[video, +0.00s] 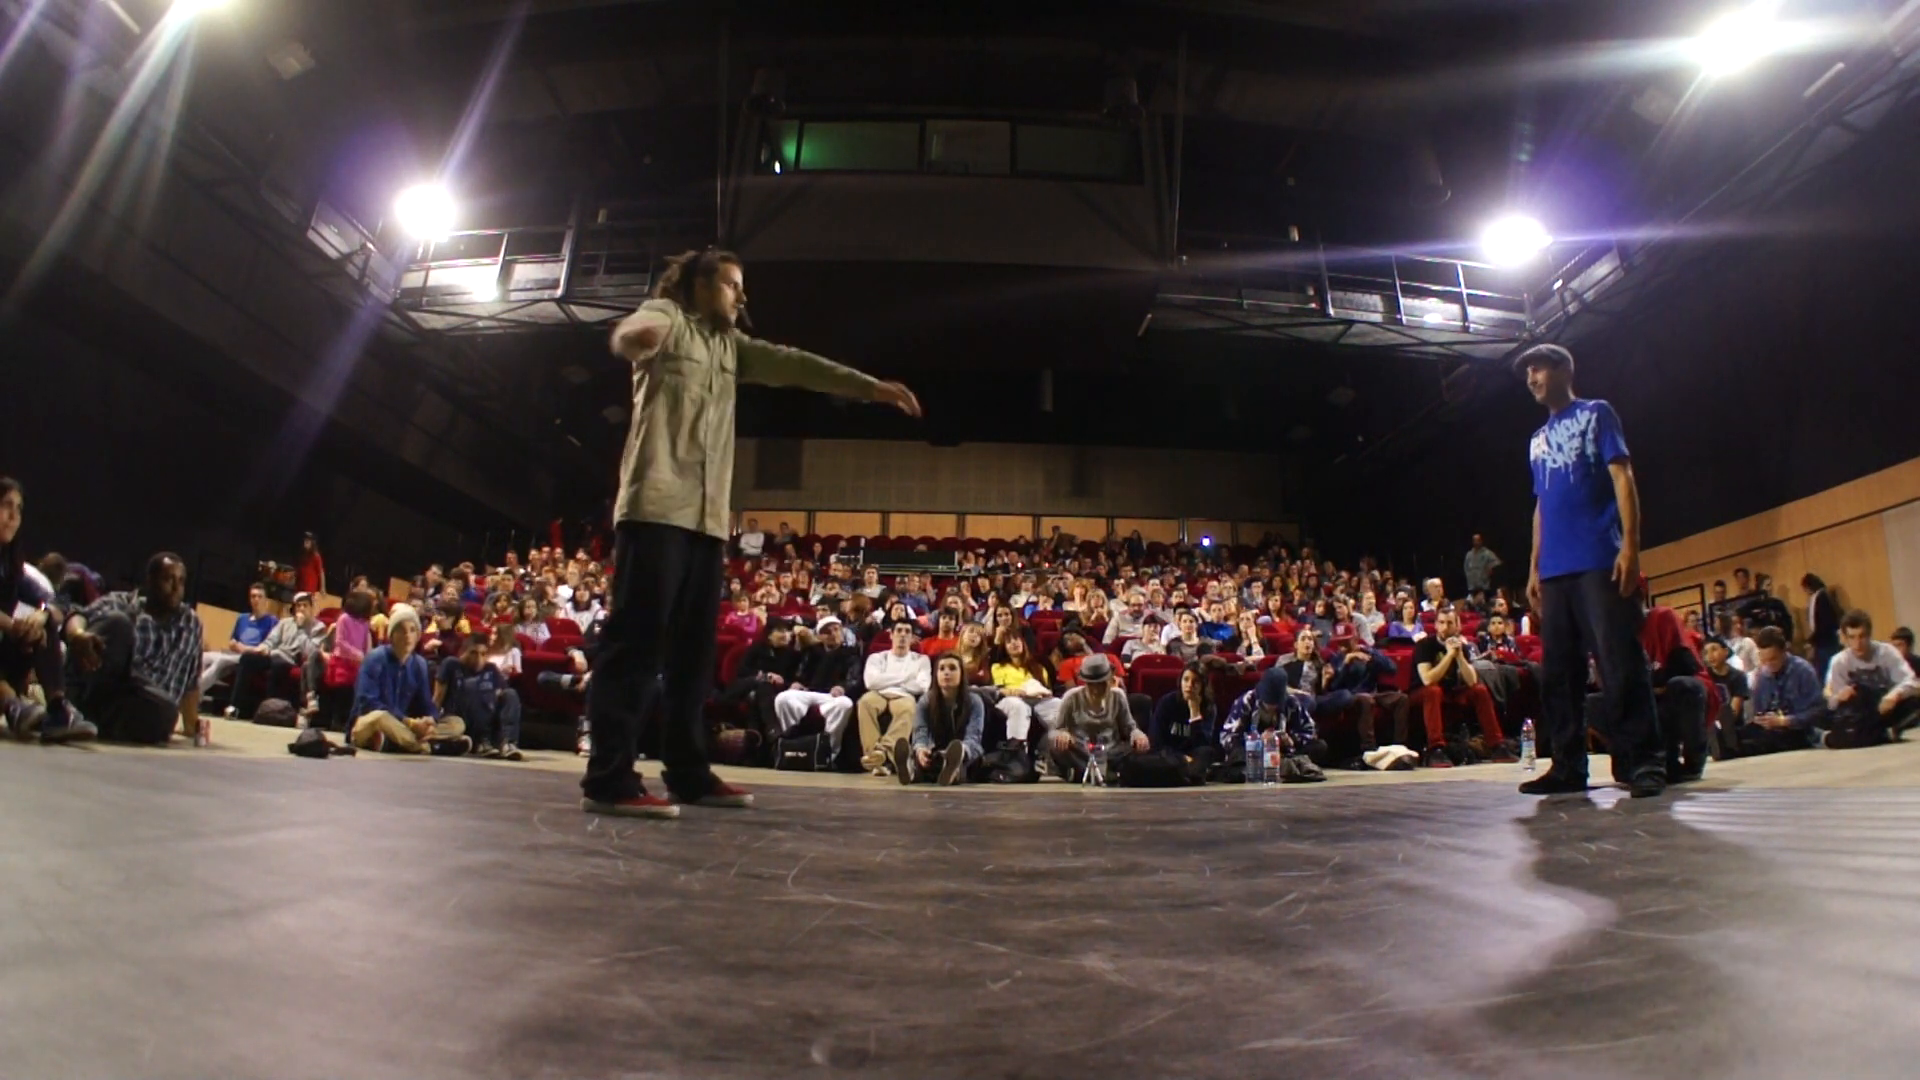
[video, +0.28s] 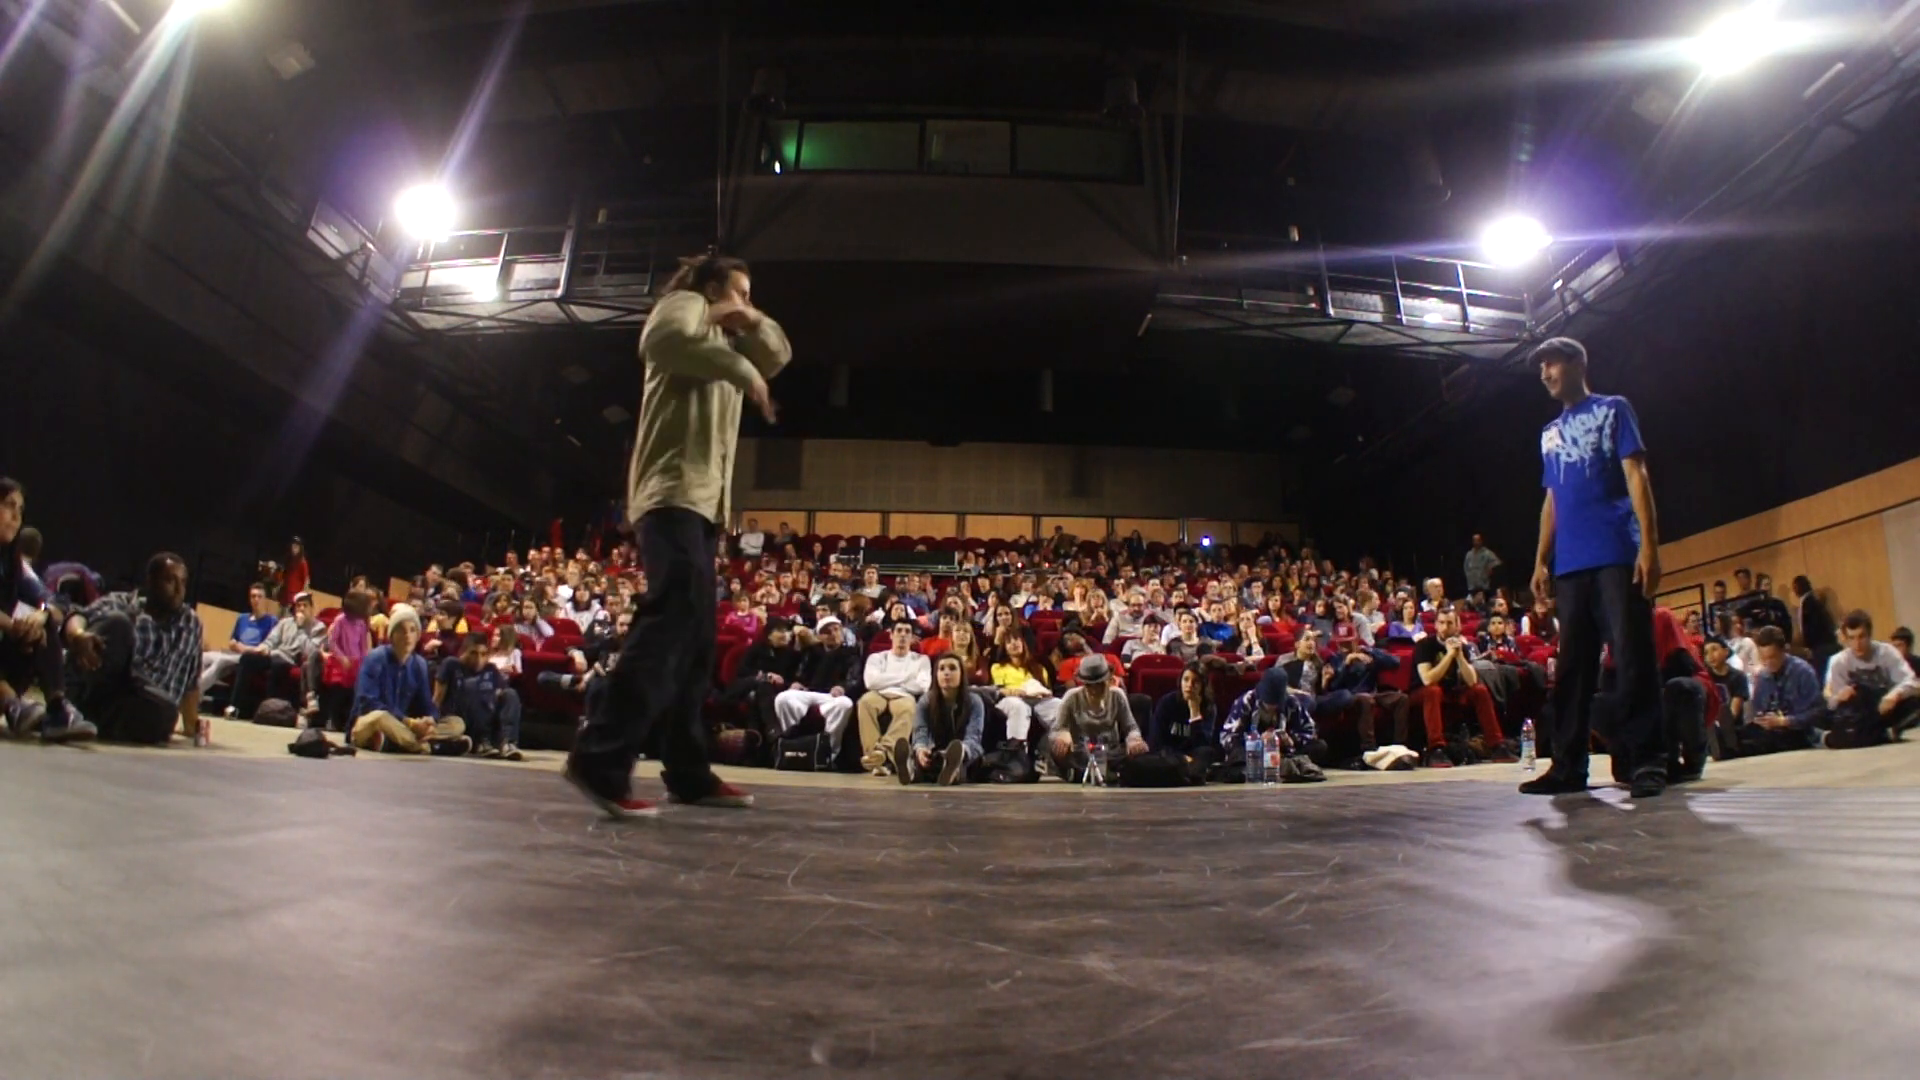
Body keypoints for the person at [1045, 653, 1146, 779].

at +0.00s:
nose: (1096, 689)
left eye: (1101, 684)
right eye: (1091, 684)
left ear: (1109, 680)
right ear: (1085, 682)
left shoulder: (1118, 696)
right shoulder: (1071, 697)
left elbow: (1129, 727)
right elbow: (1056, 729)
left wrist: (1137, 734)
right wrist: (1061, 733)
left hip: (1111, 750)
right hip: (1080, 750)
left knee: (1137, 747)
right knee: (1056, 743)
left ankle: (1082, 772)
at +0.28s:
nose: (1095, 690)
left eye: (1099, 684)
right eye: (1089, 685)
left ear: (1107, 680)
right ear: (1083, 683)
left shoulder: (1118, 696)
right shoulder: (1071, 697)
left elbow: (1131, 727)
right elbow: (1056, 730)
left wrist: (1134, 740)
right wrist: (1062, 735)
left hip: (1112, 753)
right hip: (1080, 754)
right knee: (1058, 750)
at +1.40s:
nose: (1094, 691)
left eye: (1099, 686)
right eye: (1089, 687)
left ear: (1108, 681)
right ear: (1082, 684)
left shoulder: (1117, 697)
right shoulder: (1070, 699)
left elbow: (1133, 730)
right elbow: (1051, 738)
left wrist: (1129, 742)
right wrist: (1063, 734)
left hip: (1110, 755)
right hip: (1078, 756)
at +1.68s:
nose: (1094, 690)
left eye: (1099, 685)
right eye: (1089, 686)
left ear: (1108, 681)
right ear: (1082, 683)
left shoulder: (1117, 697)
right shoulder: (1069, 699)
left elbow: (1133, 730)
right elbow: (1051, 737)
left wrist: (1129, 742)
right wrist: (1063, 734)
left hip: (1110, 756)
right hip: (1078, 757)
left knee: (1140, 748)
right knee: (1056, 749)